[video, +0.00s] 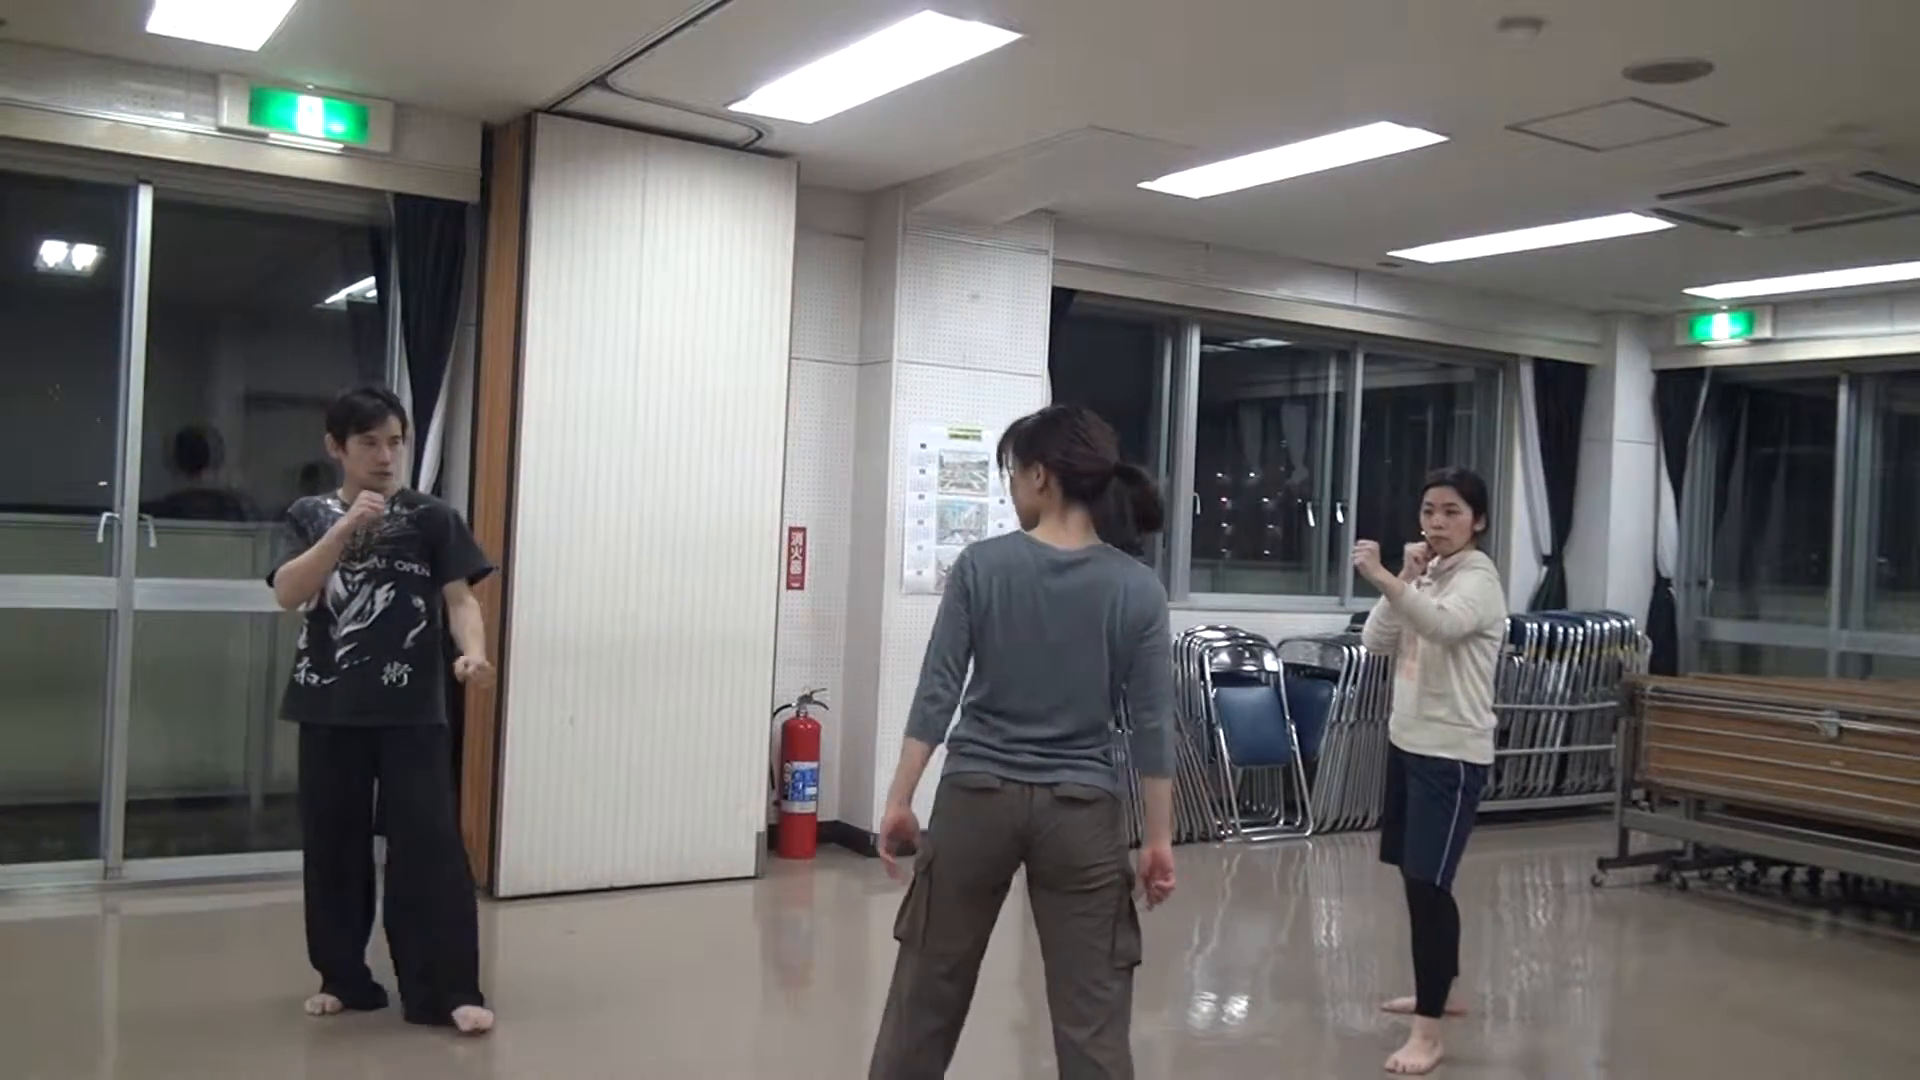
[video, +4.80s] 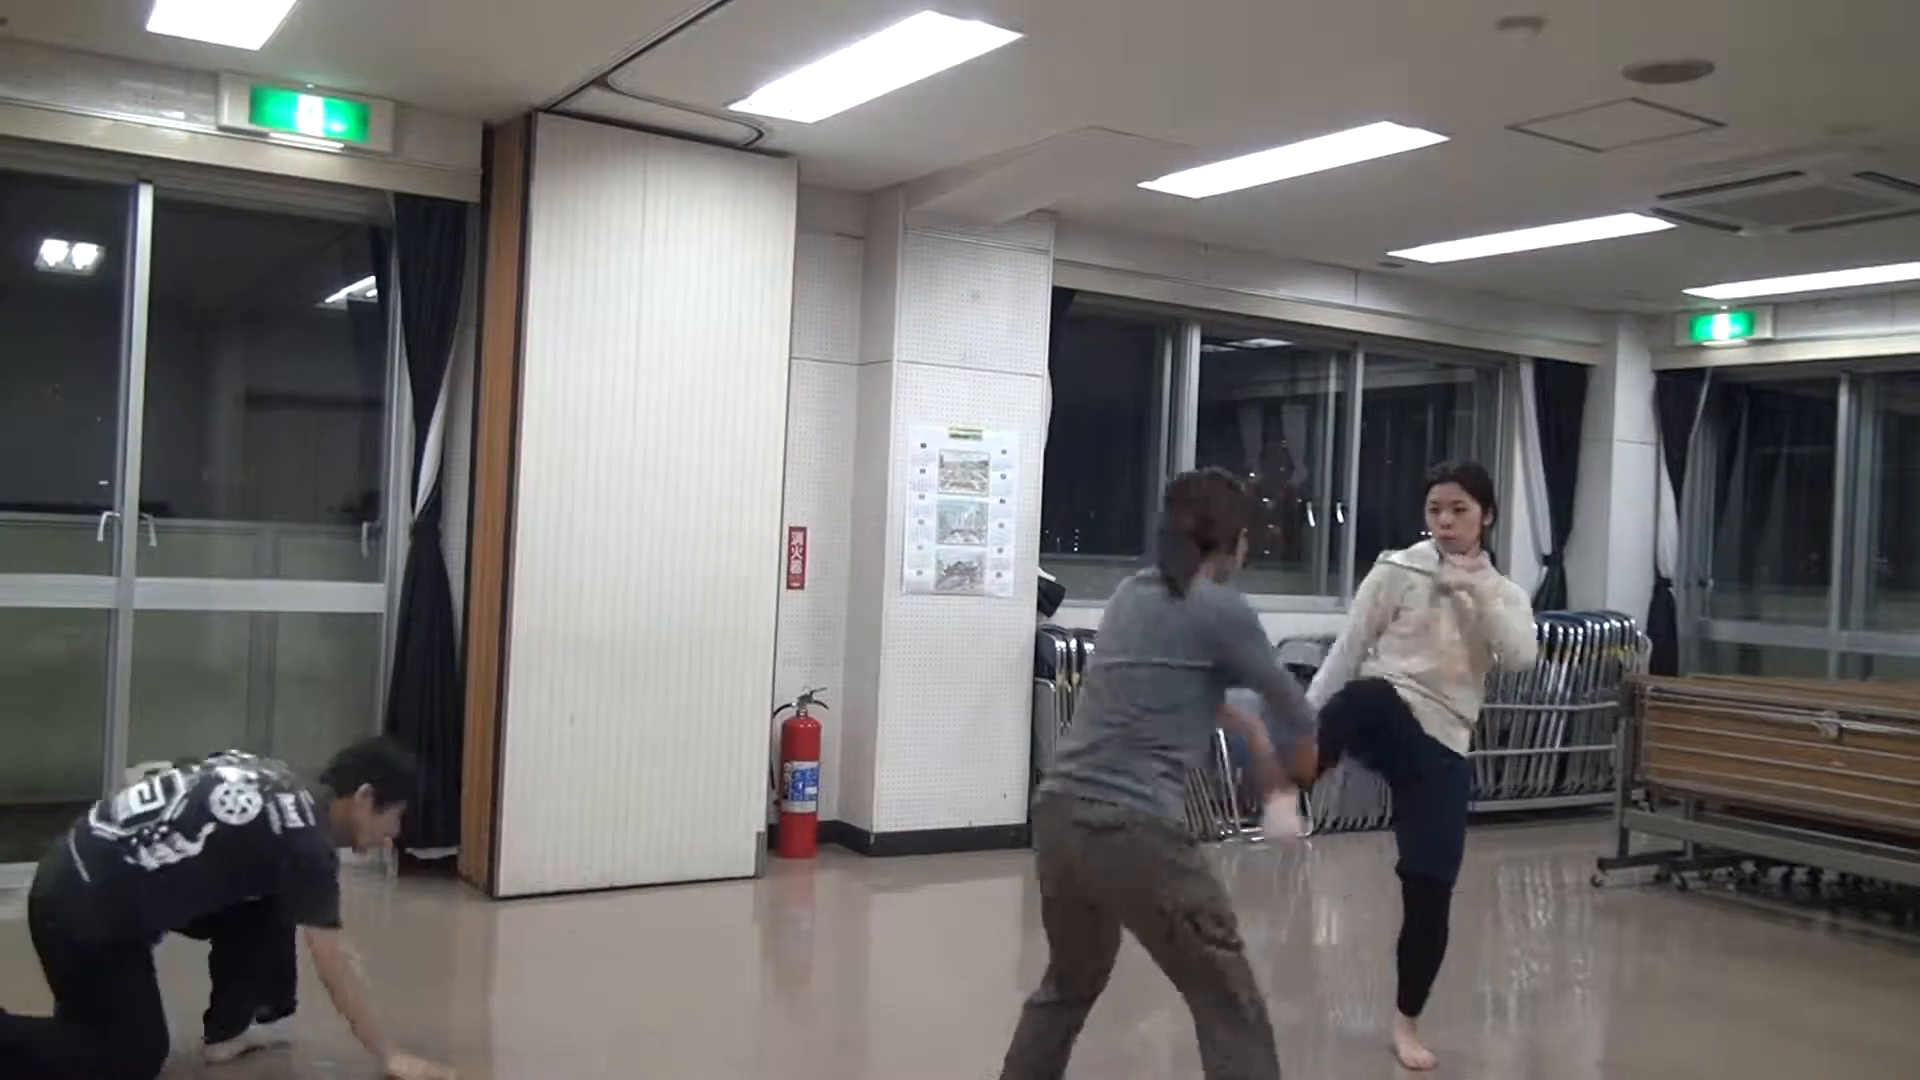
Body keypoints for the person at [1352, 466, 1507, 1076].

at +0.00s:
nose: (1436, 521)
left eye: (1451, 511)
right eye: (1429, 510)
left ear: (1476, 520)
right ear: (1420, 518)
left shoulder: (1479, 576)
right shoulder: (1424, 577)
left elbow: (1447, 624)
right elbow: (1375, 641)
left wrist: (1387, 579)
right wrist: (1406, 583)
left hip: (1451, 754)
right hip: (1410, 747)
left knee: (1427, 882)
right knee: (1415, 875)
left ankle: (1427, 1032)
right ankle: (1442, 991)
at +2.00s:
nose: (1434, 524)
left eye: (1447, 514)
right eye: (1427, 514)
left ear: (1474, 523)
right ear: (1418, 521)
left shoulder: (1477, 581)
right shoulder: (1421, 581)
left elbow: (1442, 631)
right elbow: (1375, 646)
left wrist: (1380, 588)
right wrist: (1404, 587)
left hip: (1448, 756)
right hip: (1406, 748)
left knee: (1427, 884)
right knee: (1408, 871)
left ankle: (1427, 1032)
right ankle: (1439, 989)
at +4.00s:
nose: (1441, 531)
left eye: (1454, 520)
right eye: (1432, 519)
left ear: (1477, 529)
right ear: (1419, 524)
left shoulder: (1480, 584)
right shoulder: (1414, 579)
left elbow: (1466, 638)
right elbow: (1371, 648)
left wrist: (1413, 595)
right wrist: (1405, 598)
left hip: (1453, 758)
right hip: (1400, 749)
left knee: (1431, 886)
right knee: (1390, 865)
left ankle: (1429, 1032)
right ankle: (1438, 985)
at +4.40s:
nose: (1438, 523)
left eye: (1451, 514)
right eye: (1431, 512)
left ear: (1477, 525)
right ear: (1418, 519)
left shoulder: (1496, 590)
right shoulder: (1391, 584)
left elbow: (1488, 630)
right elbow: (1352, 632)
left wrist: (1451, 565)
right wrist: (1326, 610)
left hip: (1461, 758)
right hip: (1391, 750)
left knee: (1434, 891)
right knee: (1375, 886)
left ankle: (1410, 1022)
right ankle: (1426, 958)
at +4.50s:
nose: (1445, 523)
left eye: (1457, 512)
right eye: (1435, 513)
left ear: (1483, 520)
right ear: (1425, 521)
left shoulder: (1508, 592)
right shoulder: (1397, 582)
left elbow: (1498, 651)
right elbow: (1353, 669)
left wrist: (1470, 577)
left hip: (1459, 750)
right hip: (1385, 735)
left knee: (1438, 895)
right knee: (1348, 853)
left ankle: (1410, 1024)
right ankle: (1355, 927)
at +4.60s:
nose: (1444, 522)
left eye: (1457, 511)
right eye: (1435, 512)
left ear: (1483, 517)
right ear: (1424, 519)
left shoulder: (1507, 592)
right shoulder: (1392, 577)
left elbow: (1499, 652)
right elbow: (1358, 649)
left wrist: (1468, 579)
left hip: (1451, 745)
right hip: (1392, 718)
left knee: (1436, 895)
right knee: (1365, 719)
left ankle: (1409, 1022)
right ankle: (1302, 842)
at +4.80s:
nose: (1444, 521)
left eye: (1457, 510)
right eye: (1436, 510)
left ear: (1485, 516)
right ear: (1424, 517)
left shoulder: (1503, 591)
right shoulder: (1396, 571)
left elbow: (1520, 654)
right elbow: (1346, 652)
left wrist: (1477, 584)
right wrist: (1305, 726)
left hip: (1442, 748)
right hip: (1383, 717)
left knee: (1428, 898)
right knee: (1367, 695)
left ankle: (1407, 1022)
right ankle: (1294, 779)